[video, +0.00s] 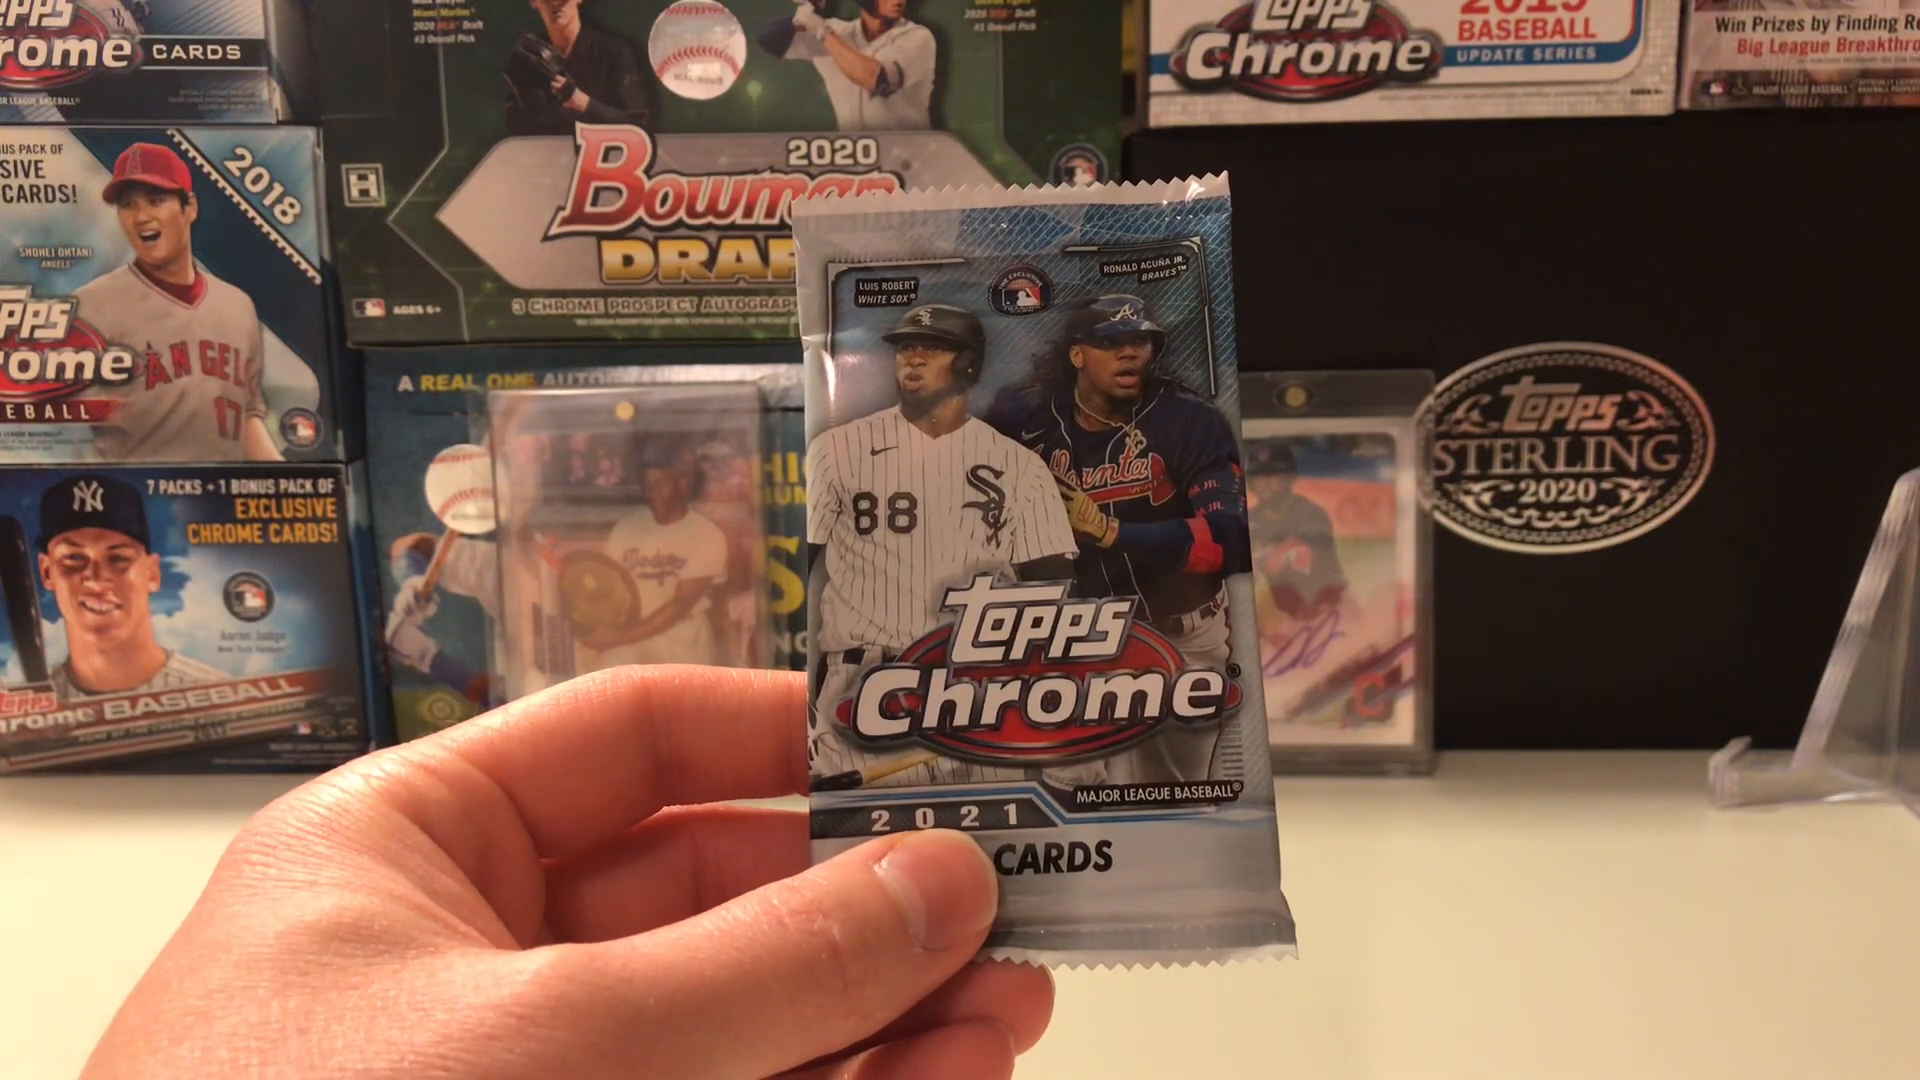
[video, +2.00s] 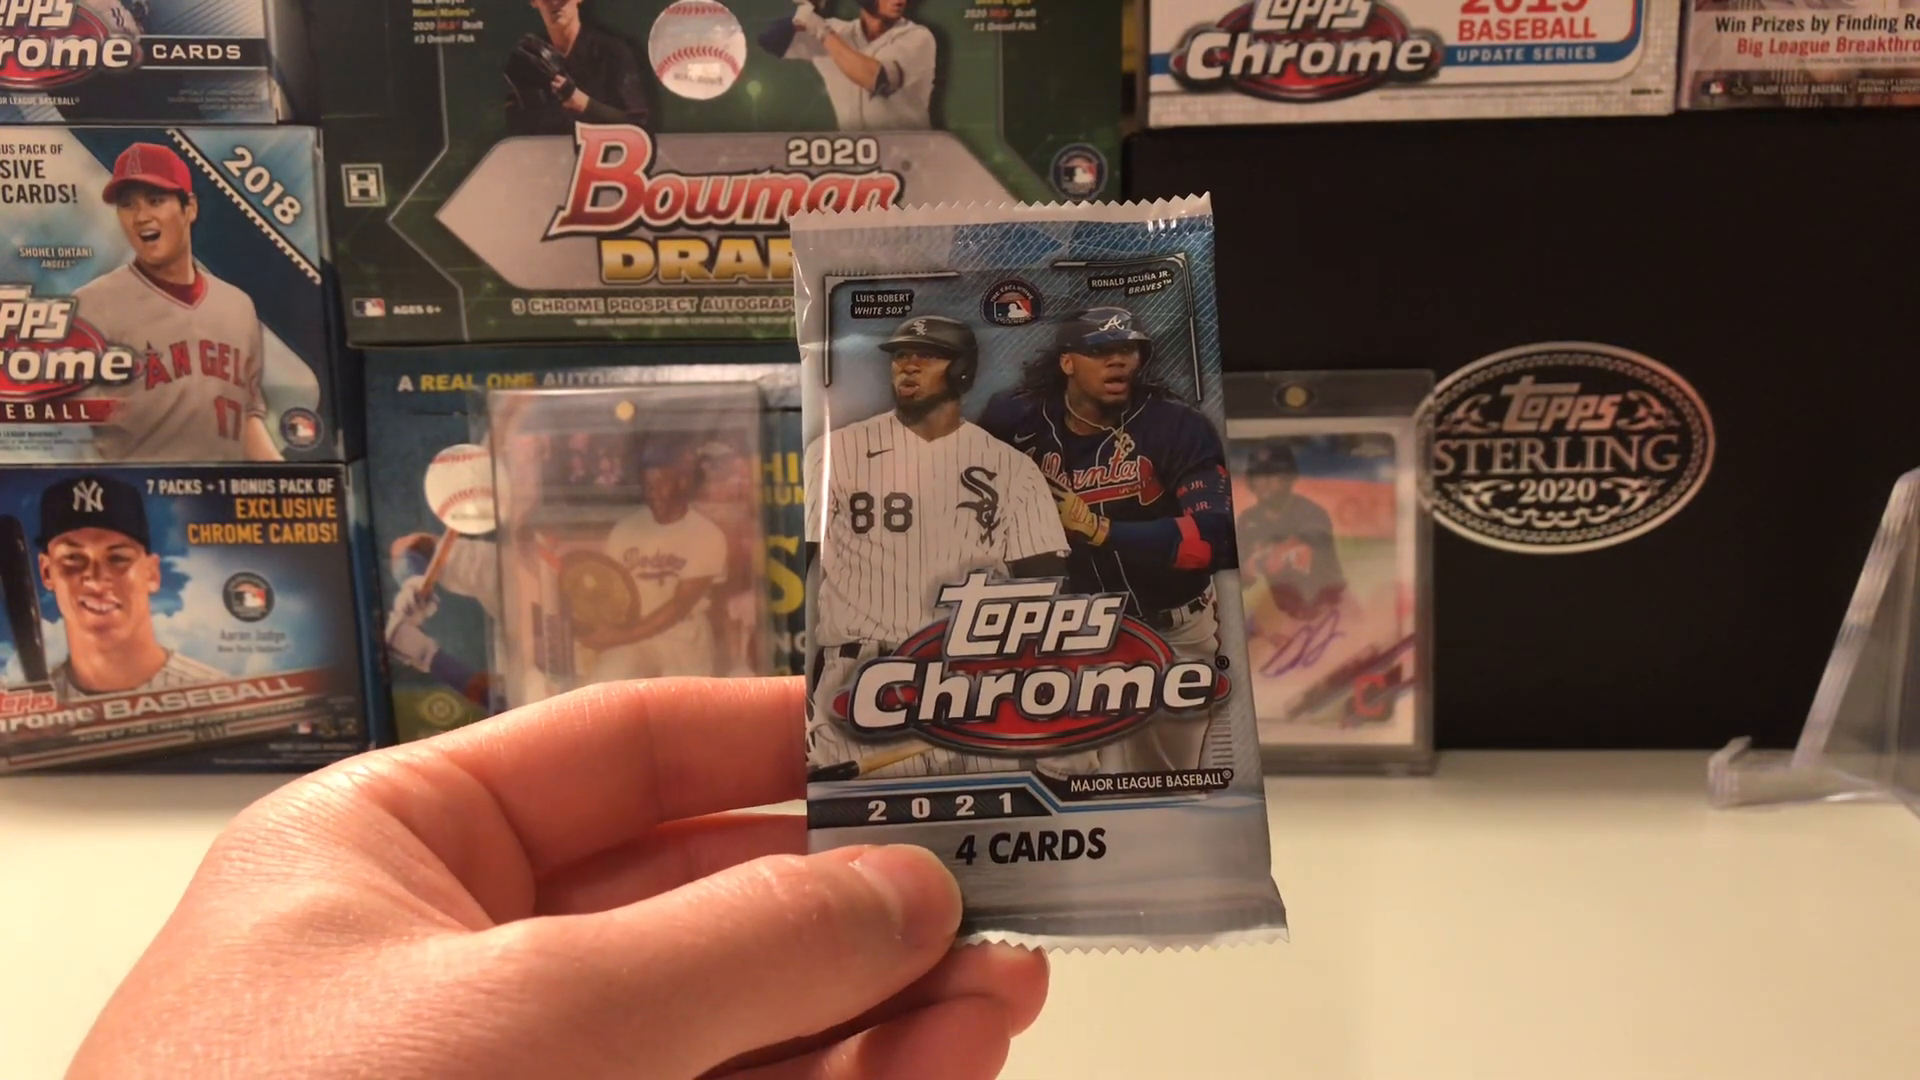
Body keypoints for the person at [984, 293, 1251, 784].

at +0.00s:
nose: (1132, 354)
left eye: (1141, 341)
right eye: (1114, 343)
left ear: (1154, 348)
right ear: (1077, 355)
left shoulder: (1191, 423)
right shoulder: (1024, 418)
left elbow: (1228, 537)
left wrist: (1113, 531)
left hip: (1184, 631)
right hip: (1073, 638)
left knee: (1184, 802)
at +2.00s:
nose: (1121, 362)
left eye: (1129, 350)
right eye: (1104, 351)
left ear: (1142, 358)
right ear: (1068, 363)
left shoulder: (1179, 428)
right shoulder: (1016, 421)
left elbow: (1210, 537)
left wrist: (1101, 529)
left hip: (1174, 629)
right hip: (1065, 633)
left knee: (1169, 795)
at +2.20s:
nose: (1122, 359)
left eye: (1131, 347)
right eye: (1105, 349)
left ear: (1143, 356)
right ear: (1069, 361)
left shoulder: (1181, 426)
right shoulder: (1017, 419)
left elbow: (1212, 536)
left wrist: (1103, 529)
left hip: (1174, 629)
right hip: (1064, 633)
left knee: (1168, 796)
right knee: (1069, 794)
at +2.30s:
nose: (1123, 358)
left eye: (1132, 345)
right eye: (1106, 347)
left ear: (1145, 354)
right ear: (1070, 359)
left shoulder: (1183, 425)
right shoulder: (1018, 418)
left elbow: (1213, 537)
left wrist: (1104, 529)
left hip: (1175, 628)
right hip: (1066, 632)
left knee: (1169, 795)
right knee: (1069, 791)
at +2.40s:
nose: (1125, 359)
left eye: (1134, 346)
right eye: (1107, 348)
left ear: (1147, 355)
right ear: (1072, 360)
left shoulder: (1185, 426)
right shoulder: (1019, 419)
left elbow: (1217, 538)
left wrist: (1106, 530)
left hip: (1177, 630)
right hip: (1067, 634)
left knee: (1170, 799)